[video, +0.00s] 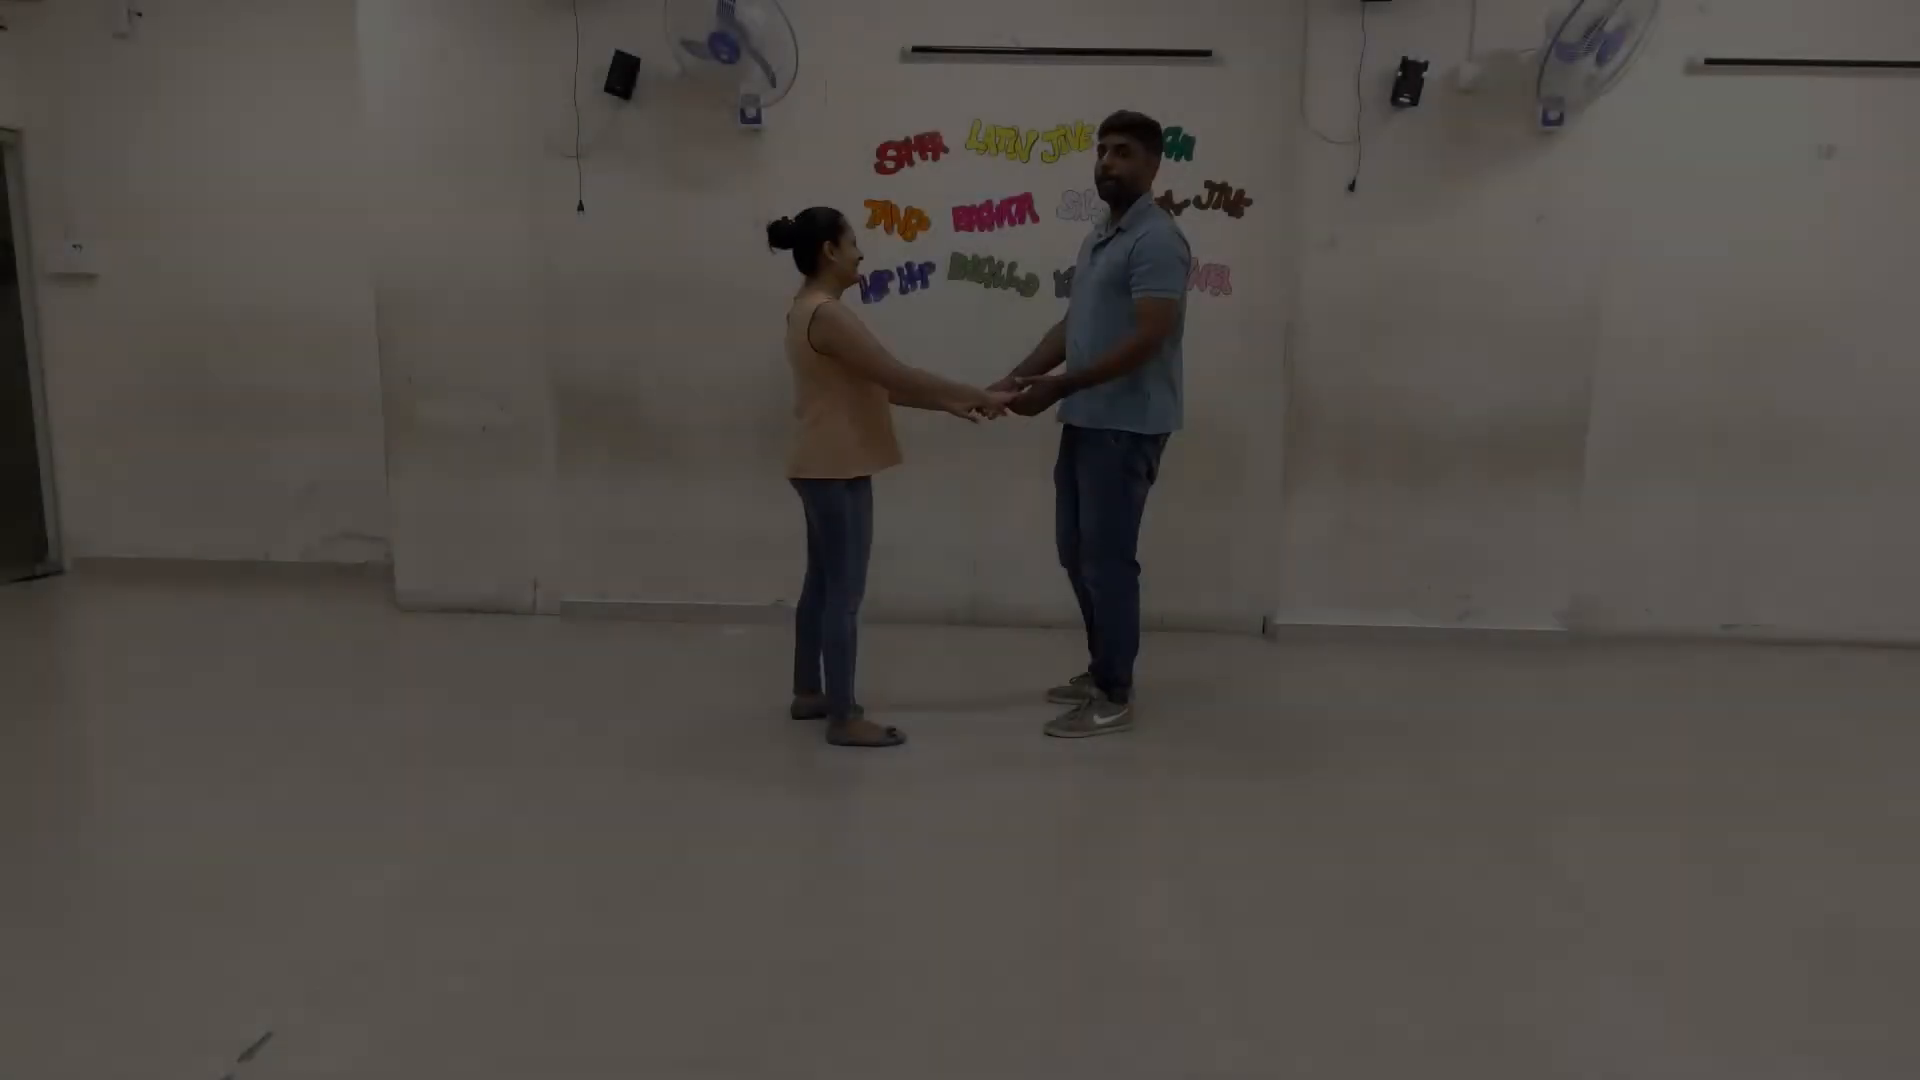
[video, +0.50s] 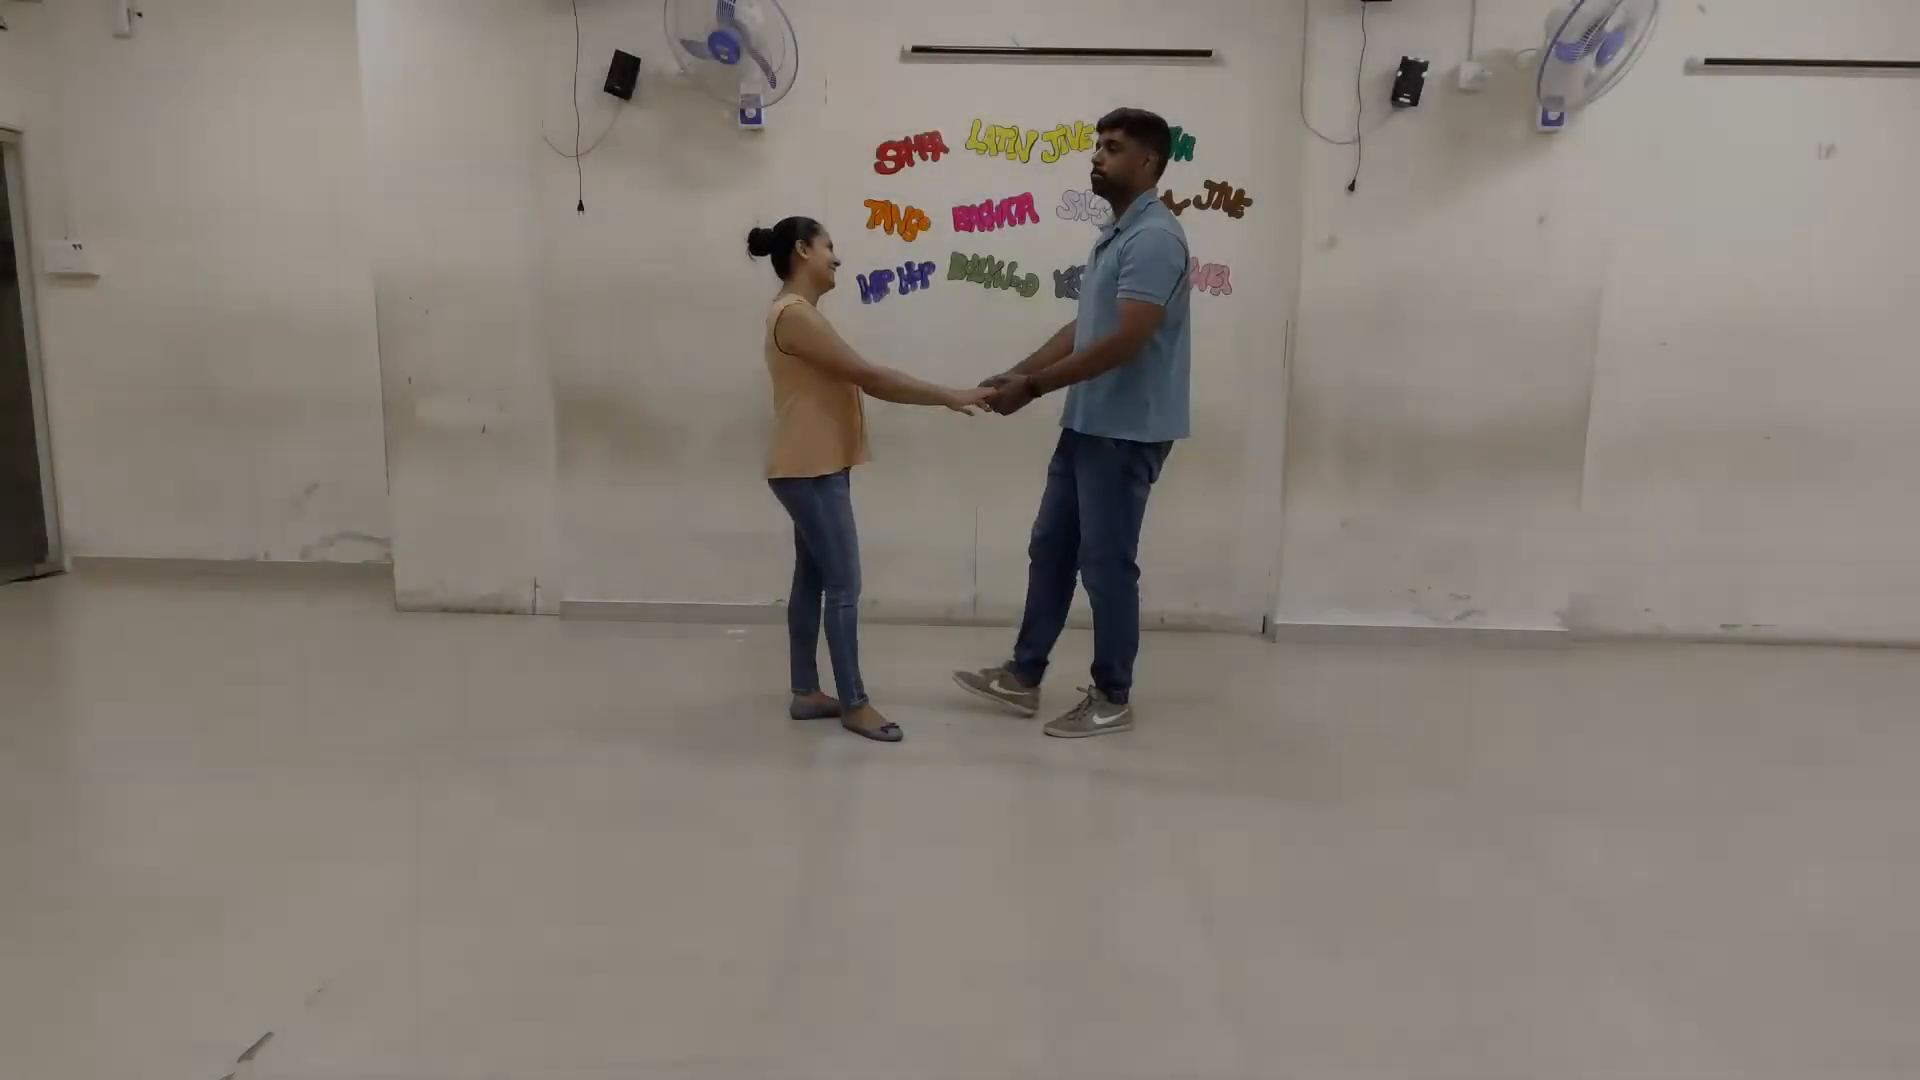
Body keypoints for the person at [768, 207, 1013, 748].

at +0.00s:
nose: (861, 254)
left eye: (857, 244)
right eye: (854, 245)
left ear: (820, 254)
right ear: (829, 252)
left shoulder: (808, 311)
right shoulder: (827, 315)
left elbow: (885, 386)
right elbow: (895, 375)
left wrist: (953, 404)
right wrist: (975, 394)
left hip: (820, 468)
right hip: (840, 470)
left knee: (822, 582)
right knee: (845, 594)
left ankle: (809, 693)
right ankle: (844, 717)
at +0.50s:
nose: (836, 257)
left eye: (833, 248)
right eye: (829, 247)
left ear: (802, 255)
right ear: (802, 252)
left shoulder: (798, 314)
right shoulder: (794, 317)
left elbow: (871, 380)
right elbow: (871, 377)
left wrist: (947, 397)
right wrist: (949, 395)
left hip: (814, 468)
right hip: (811, 471)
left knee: (808, 583)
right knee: (843, 586)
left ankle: (806, 693)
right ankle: (854, 704)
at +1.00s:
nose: (830, 254)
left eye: (826, 244)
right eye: (823, 244)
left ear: (793, 251)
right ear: (800, 247)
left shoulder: (783, 310)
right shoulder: (797, 312)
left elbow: (861, 379)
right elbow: (865, 379)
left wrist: (944, 401)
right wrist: (950, 400)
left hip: (801, 463)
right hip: (812, 465)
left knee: (807, 584)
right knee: (827, 591)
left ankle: (807, 693)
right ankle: (812, 714)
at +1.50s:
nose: (833, 242)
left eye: (827, 234)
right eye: (825, 237)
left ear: (798, 258)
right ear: (806, 256)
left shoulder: (791, 307)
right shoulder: (810, 319)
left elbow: (876, 381)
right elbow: (881, 385)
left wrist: (959, 399)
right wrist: (969, 400)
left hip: (823, 465)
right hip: (815, 469)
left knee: (861, 568)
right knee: (833, 589)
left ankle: (836, 687)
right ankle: (810, 716)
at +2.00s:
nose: (833, 247)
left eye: (830, 238)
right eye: (817, 246)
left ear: (836, 248)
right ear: (795, 269)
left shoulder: (856, 313)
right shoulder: (802, 324)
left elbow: (896, 386)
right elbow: (858, 387)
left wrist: (955, 411)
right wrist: (947, 402)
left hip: (873, 466)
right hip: (830, 473)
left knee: (864, 586)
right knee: (846, 589)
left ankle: (849, 689)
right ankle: (828, 708)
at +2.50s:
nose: (831, 251)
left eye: (827, 242)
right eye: (818, 246)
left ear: (805, 258)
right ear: (790, 261)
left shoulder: (813, 312)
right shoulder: (792, 319)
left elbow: (857, 382)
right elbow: (864, 379)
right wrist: (956, 390)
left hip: (847, 470)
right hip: (817, 475)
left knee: (858, 585)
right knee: (836, 594)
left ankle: (852, 691)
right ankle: (798, 717)